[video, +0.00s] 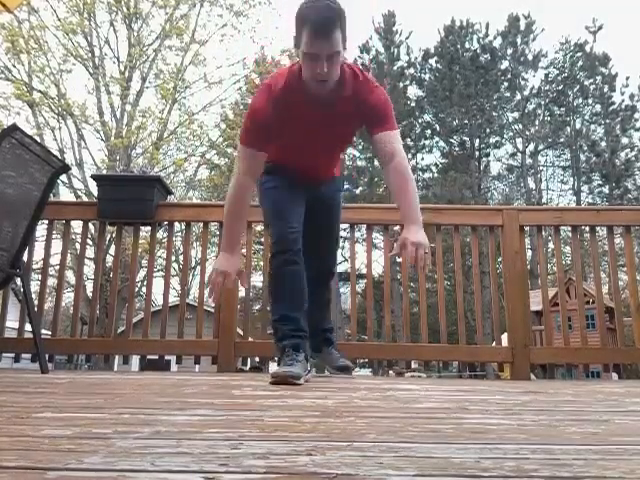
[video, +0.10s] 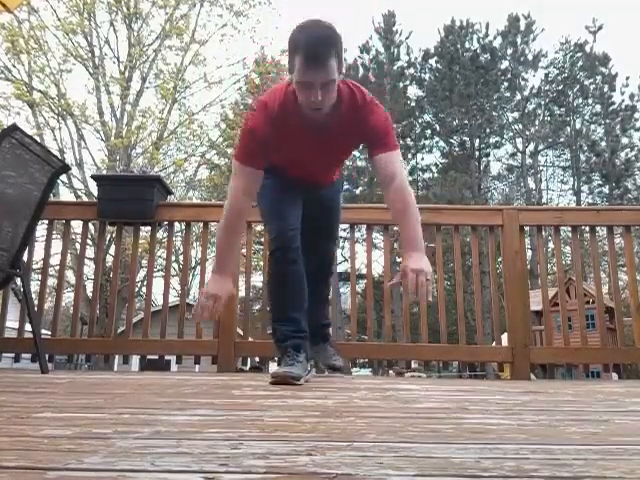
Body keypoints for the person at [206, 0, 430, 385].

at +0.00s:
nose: (323, 68)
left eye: (332, 56)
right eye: (312, 57)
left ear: (344, 47)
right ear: (297, 49)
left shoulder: (366, 93)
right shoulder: (272, 95)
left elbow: (394, 158)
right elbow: (244, 176)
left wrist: (413, 224)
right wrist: (229, 250)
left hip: (326, 176)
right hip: (280, 174)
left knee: (323, 262)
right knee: (286, 245)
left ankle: (320, 347)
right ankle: (290, 350)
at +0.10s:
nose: (316, 98)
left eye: (326, 85)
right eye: (306, 87)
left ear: (341, 73)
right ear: (290, 75)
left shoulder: (366, 111)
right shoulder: (267, 113)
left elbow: (394, 182)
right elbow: (238, 198)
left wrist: (415, 252)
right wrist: (222, 274)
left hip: (325, 180)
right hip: (278, 176)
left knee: (322, 261)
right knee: (285, 244)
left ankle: (317, 342)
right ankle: (291, 351)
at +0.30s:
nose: (307, 162)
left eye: (318, 151)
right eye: (297, 151)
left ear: (334, 133)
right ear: (280, 134)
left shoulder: (361, 157)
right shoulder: (257, 160)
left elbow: (392, 240)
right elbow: (228, 241)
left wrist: (418, 321)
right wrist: (202, 323)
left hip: (324, 195)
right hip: (277, 193)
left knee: (318, 261)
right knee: (283, 247)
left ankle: (316, 346)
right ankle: (293, 352)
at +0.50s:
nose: (312, 204)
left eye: (323, 193)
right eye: (302, 193)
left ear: (341, 174)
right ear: (283, 171)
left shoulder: (366, 194)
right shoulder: (254, 190)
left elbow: (404, 286)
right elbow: (217, 276)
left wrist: (436, 374)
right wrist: (183, 365)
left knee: (320, 266)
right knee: (267, 253)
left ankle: (317, 350)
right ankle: (296, 353)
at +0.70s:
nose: (320, 216)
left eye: (333, 205)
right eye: (309, 204)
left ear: (350, 182)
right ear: (291, 180)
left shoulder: (381, 199)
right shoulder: (255, 196)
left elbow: (417, 288)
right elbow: (209, 286)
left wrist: (437, 374)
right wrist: (181, 369)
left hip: (342, 216)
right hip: (278, 211)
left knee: (326, 279)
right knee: (250, 265)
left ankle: (316, 348)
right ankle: (291, 349)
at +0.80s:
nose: (319, 206)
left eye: (332, 195)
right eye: (307, 195)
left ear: (350, 172)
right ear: (288, 170)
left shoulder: (382, 190)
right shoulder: (255, 190)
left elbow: (418, 284)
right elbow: (210, 283)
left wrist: (437, 374)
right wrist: (180, 369)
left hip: (343, 220)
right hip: (282, 214)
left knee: (328, 285)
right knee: (234, 262)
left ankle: (318, 342)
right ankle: (284, 339)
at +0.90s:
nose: (314, 197)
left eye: (326, 184)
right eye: (302, 185)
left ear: (347, 164)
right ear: (283, 163)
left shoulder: (379, 189)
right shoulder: (250, 187)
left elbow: (417, 283)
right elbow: (208, 285)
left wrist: (437, 376)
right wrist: (180, 369)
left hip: (342, 224)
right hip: (280, 216)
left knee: (328, 291)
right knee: (237, 281)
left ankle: (321, 346)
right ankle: (287, 321)